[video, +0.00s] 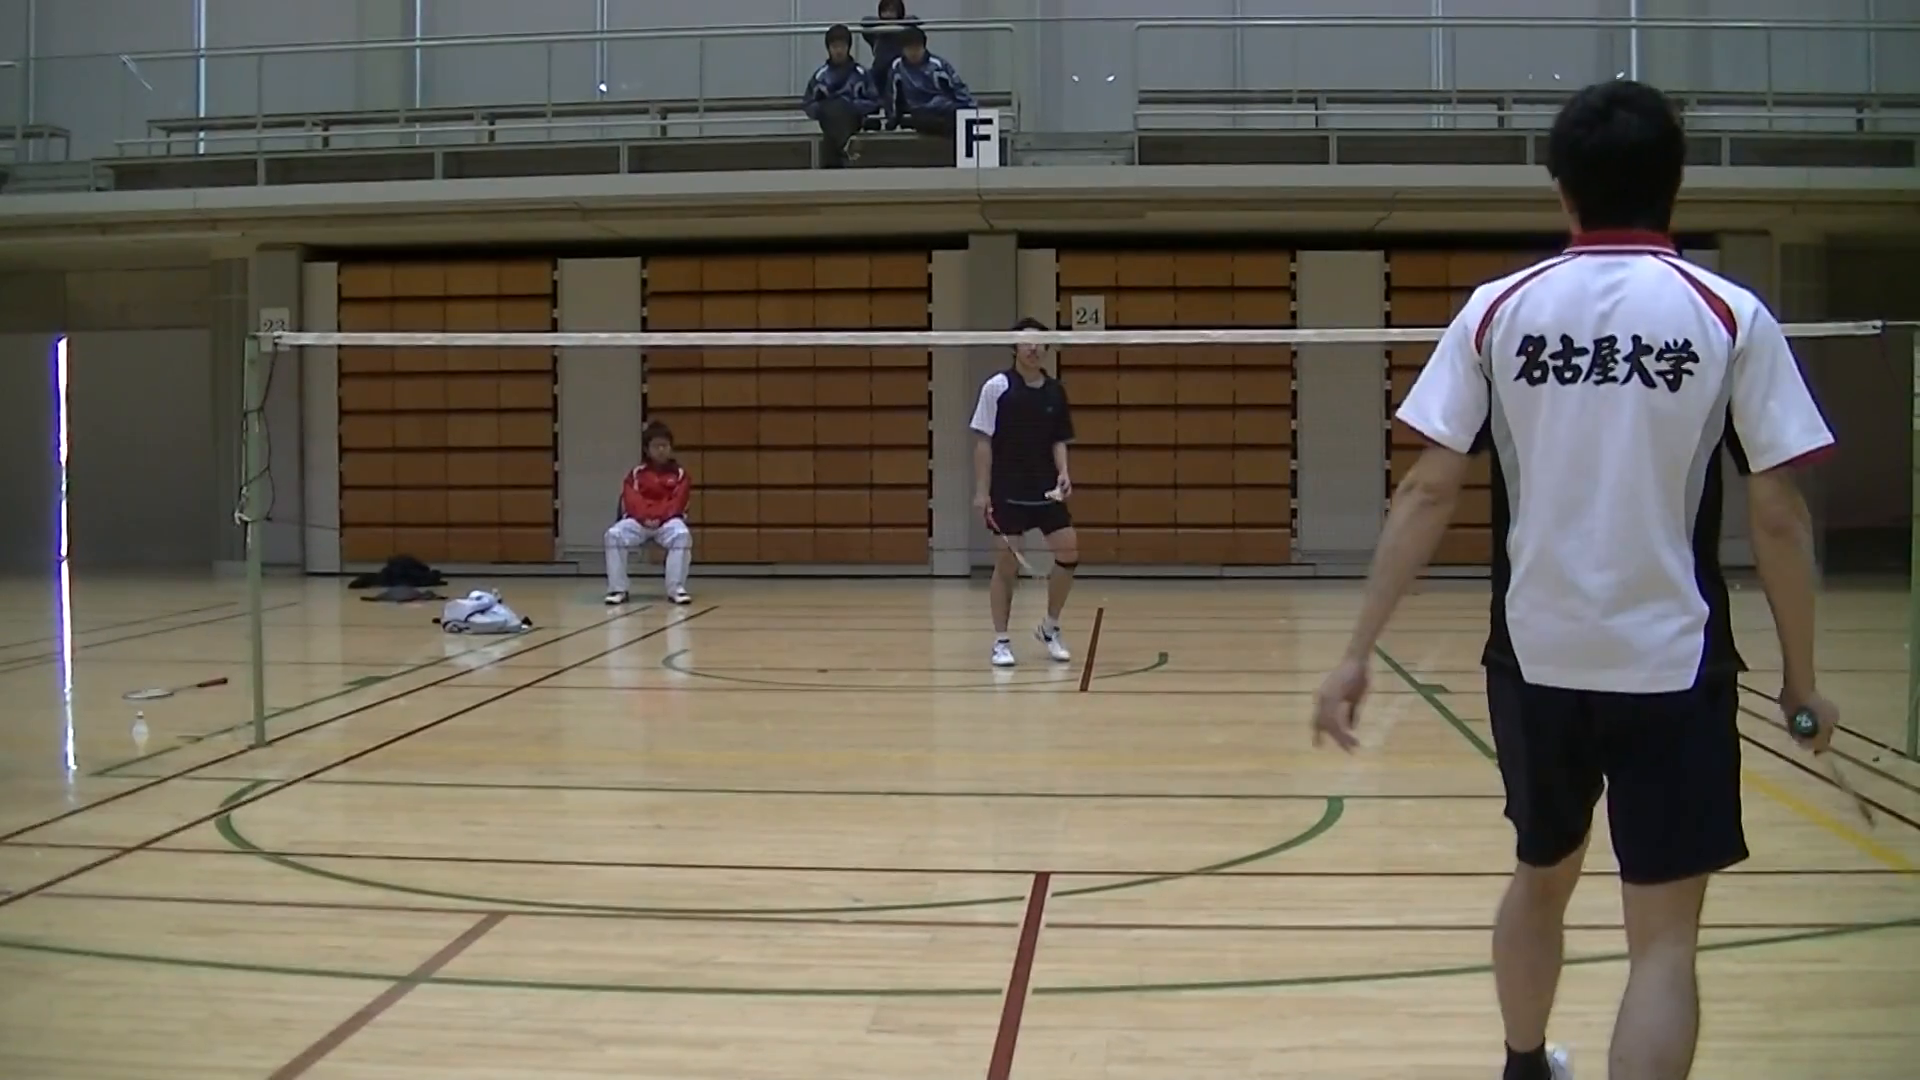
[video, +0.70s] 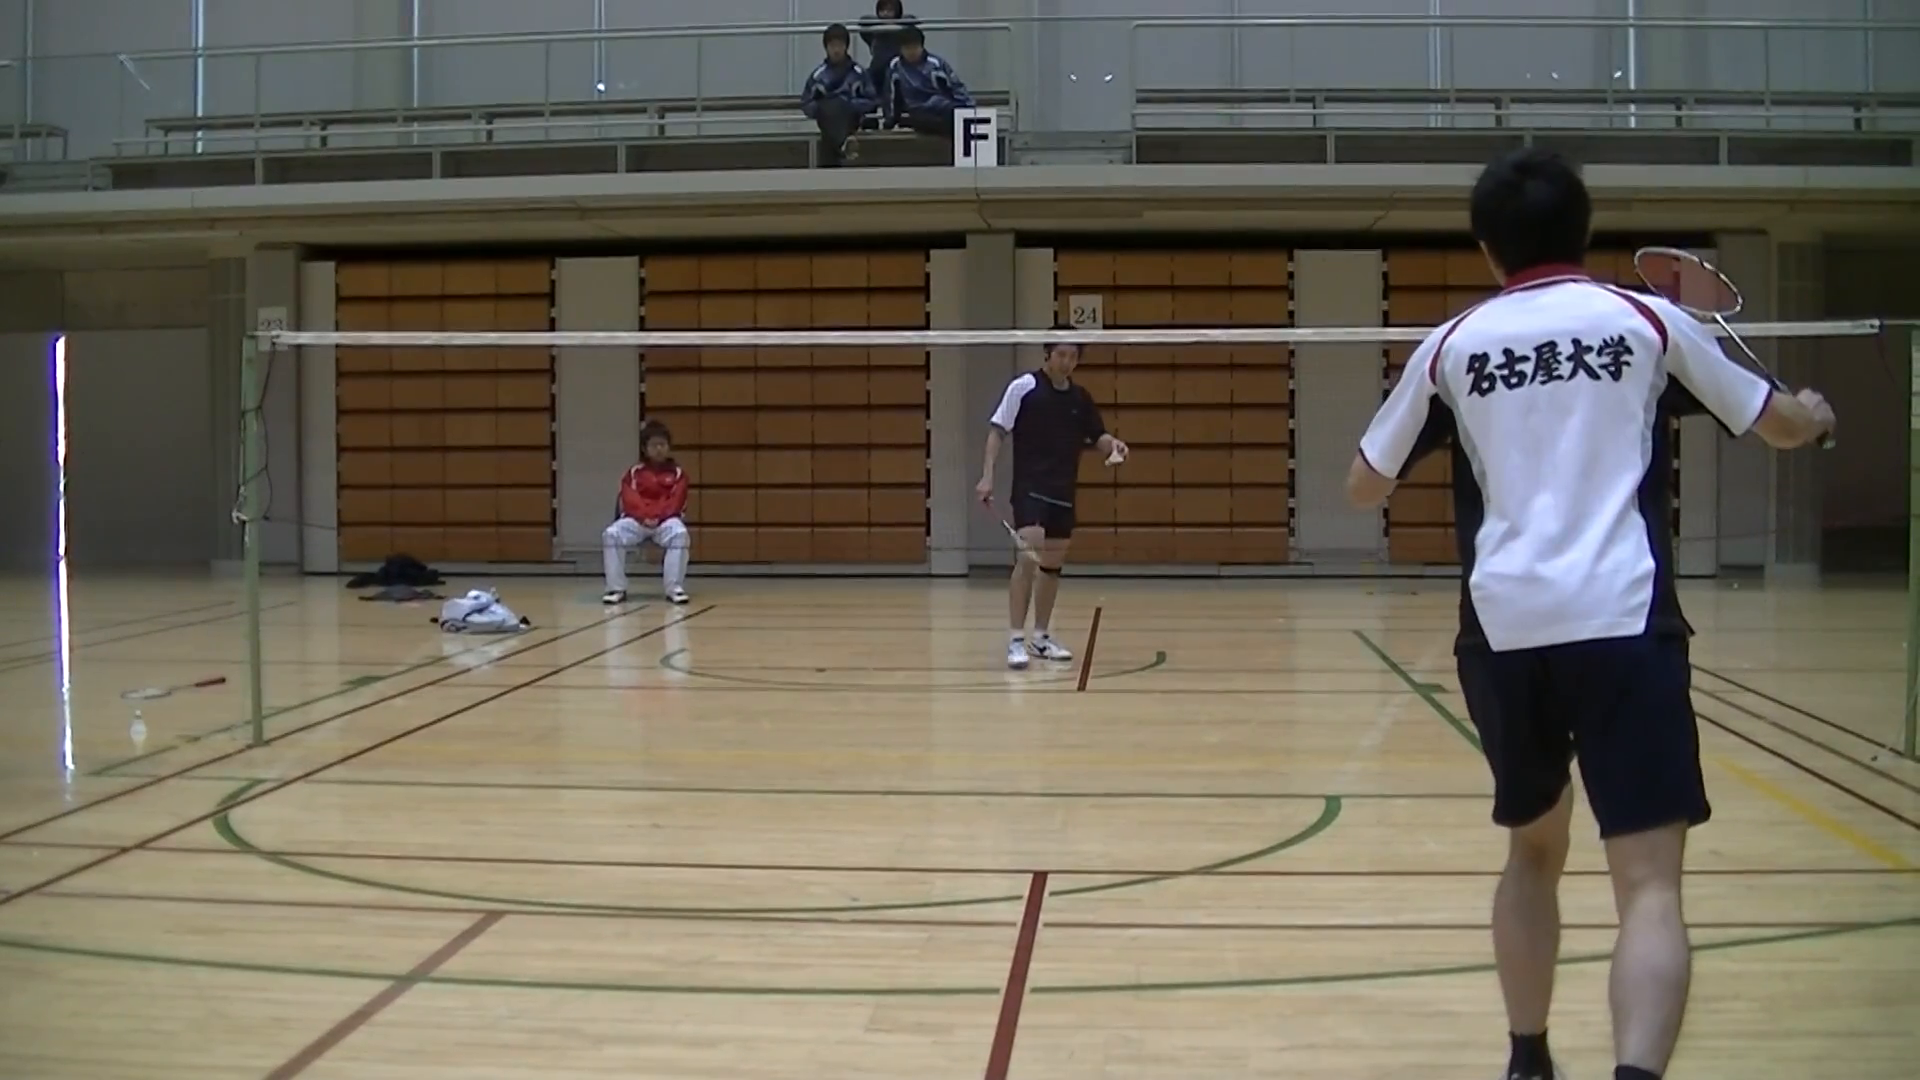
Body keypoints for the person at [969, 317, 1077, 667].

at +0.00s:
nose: (1034, 351)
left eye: (1039, 345)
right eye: (1027, 345)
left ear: (1045, 348)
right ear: (1015, 349)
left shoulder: (1053, 389)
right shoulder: (996, 386)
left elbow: (1058, 438)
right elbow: (983, 440)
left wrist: (1063, 472)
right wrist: (982, 490)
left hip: (1045, 488)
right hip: (1007, 489)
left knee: (1068, 552)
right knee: (1007, 562)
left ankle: (1050, 627)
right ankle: (1001, 641)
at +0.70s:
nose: (1067, 363)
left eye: (1073, 357)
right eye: (1062, 355)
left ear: (1078, 361)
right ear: (1047, 356)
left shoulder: (1079, 397)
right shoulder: (1023, 387)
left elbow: (1097, 435)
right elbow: (997, 432)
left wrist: (1113, 444)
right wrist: (987, 478)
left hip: (1063, 490)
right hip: (1029, 487)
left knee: (1052, 565)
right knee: (1029, 558)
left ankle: (1041, 638)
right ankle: (1016, 640)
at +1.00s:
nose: (1068, 358)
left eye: (1073, 353)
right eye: (1062, 351)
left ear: (1078, 359)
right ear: (1048, 352)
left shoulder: (1082, 398)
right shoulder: (1024, 385)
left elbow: (1105, 432)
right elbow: (992, 425)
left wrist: (1119, 437)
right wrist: (978, 466)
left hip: (1066, 495)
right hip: (1032, 492)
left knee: (1055, 566)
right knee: (1034, 561)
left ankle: (1043, 637)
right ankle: (1028, 645)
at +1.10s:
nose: (1063, 357)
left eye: (1069, 351)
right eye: (1058, 350)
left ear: (1077, 357)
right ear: (1046, 353)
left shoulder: (1082, 399)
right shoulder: (1023, 385)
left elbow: (1105, 429)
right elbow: (989, 424)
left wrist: (1119, 433)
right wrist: (976, 463)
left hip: (1065, 493)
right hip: (1031, 489)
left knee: (1057, 563)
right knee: (1033, 562)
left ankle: (1043, 636)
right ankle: (1027, 645)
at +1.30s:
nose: (1061, 354)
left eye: (1067, 349)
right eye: (1055, 347)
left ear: (1074, 357)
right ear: (1042, 352)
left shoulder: (1079, 399)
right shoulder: (1018, 384)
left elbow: (1103, 429)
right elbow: (980, 419)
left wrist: (1119, 429)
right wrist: (972, 455)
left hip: (1063, 493)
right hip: (1026, 491)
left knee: (1063, 563)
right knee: (1034, 565)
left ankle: (1046, 632)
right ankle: (1027, 645)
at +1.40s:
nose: (1062, 354)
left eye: (1067, 348)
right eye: (1056, 347)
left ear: (1073, 355)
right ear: (1040, 350)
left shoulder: (1076, 397)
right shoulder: (1016, 383)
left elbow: (1100, 422)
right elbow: (973, 413)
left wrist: (1116, 428)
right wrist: (970, 446)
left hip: (1063, 491)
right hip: (1026, 490)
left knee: (1067, 562)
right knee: (1032, 563)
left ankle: (1049, 629)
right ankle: (1027, 645)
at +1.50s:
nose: (1062, 353)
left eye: (1067, 348)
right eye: (1056, 346)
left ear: (1071, 354)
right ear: (1040, 350)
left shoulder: (1075, 395)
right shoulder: (1015, 381)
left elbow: (1100, 419)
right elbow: (969, 402)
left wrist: (1113, 428)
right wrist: (972, 431)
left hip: (1062, 488)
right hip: (1025, 487)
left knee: (1070, 561)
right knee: (1030, 563)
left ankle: (1055, 627)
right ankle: (1026, 646)